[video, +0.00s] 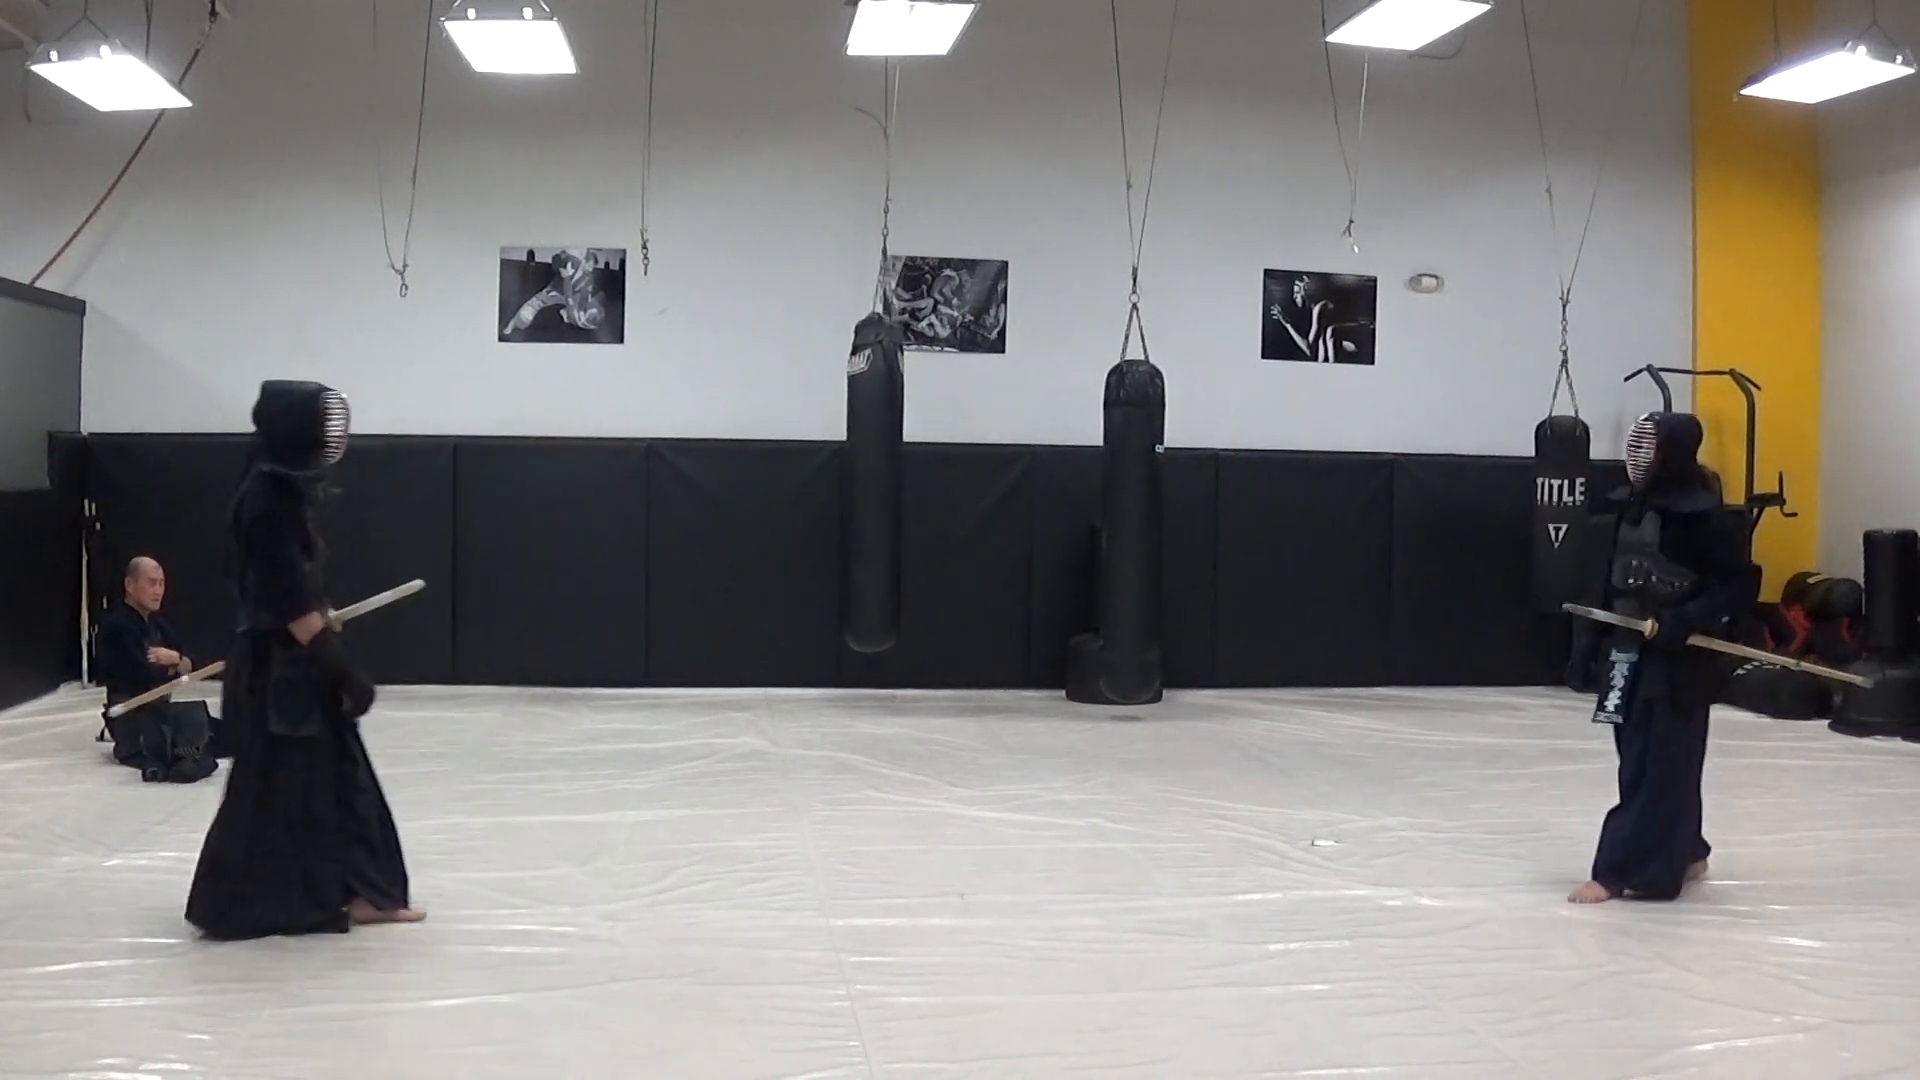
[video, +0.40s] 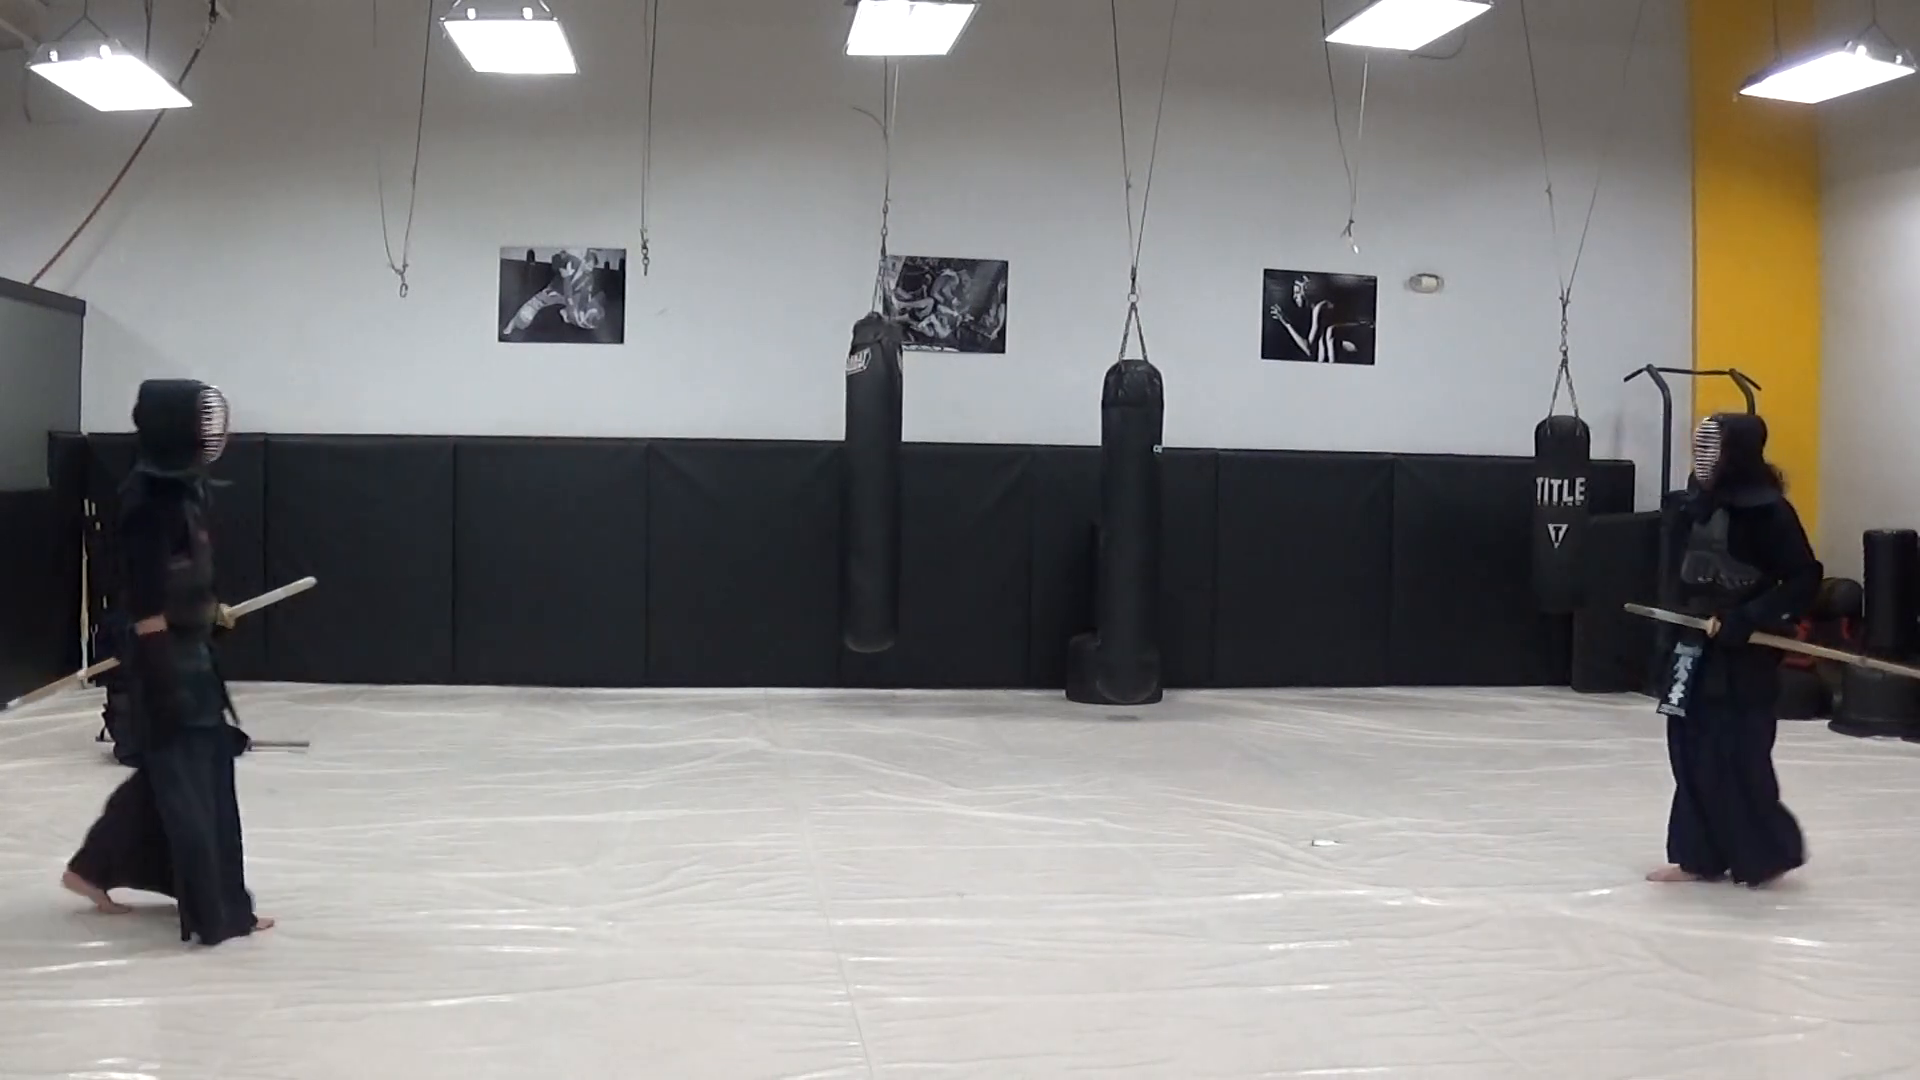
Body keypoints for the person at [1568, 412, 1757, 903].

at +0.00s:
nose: (1635, 457)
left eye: (1646, 449)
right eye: (1634, 447)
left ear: (1674, 453)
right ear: (1632, 449)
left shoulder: (1703, 513)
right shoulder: (1624, 506)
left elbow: (1736, 586)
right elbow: (1604, 581)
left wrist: (1679, 620)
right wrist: (1588, 649)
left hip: (1681, 654)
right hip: (1630, 649)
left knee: (1657, 760)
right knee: (1643, 752)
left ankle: (1618, 873)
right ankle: (1687, 847)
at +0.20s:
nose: (1664, 456)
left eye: (1673, 447)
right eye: (1663, 446)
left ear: (1700, 450)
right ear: (1670, 450)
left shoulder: (1733, 507)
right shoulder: (1672, 504)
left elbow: (1774, 577)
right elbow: (1654, 578)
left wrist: (1713, 616)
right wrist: (1637, 632)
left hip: (1709, 653)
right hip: (1670, 648)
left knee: (1679, 755)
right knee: (1682, 753)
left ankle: (1660, 866)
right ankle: (1700, 861)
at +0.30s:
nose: (1686, 450)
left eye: (1694, 442)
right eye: (1686, 442)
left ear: (1715, 447)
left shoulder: (1749, 506)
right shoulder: (1683, 503)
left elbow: (1789, 574)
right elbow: (1666, 573)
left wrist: (1730, 614)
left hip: (1727, 651)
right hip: (1679, 645)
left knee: (1722, 753)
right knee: (1683, 750)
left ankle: (1728, 862)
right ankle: (1691, 858)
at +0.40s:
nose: (1698, 458)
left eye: (1708, 449)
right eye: (1696, 449)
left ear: (1736, 453)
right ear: (1696, 451)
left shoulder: (1766, 509)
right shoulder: (1699, 505)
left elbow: (1804, 578)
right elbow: (1679, 571)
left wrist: (1743, 617)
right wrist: (1678, 514)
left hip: (1745, 650)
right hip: (1694, 644)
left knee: (1733, 750)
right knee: (1691, 749)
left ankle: (1773, 850)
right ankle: (1701, 858)